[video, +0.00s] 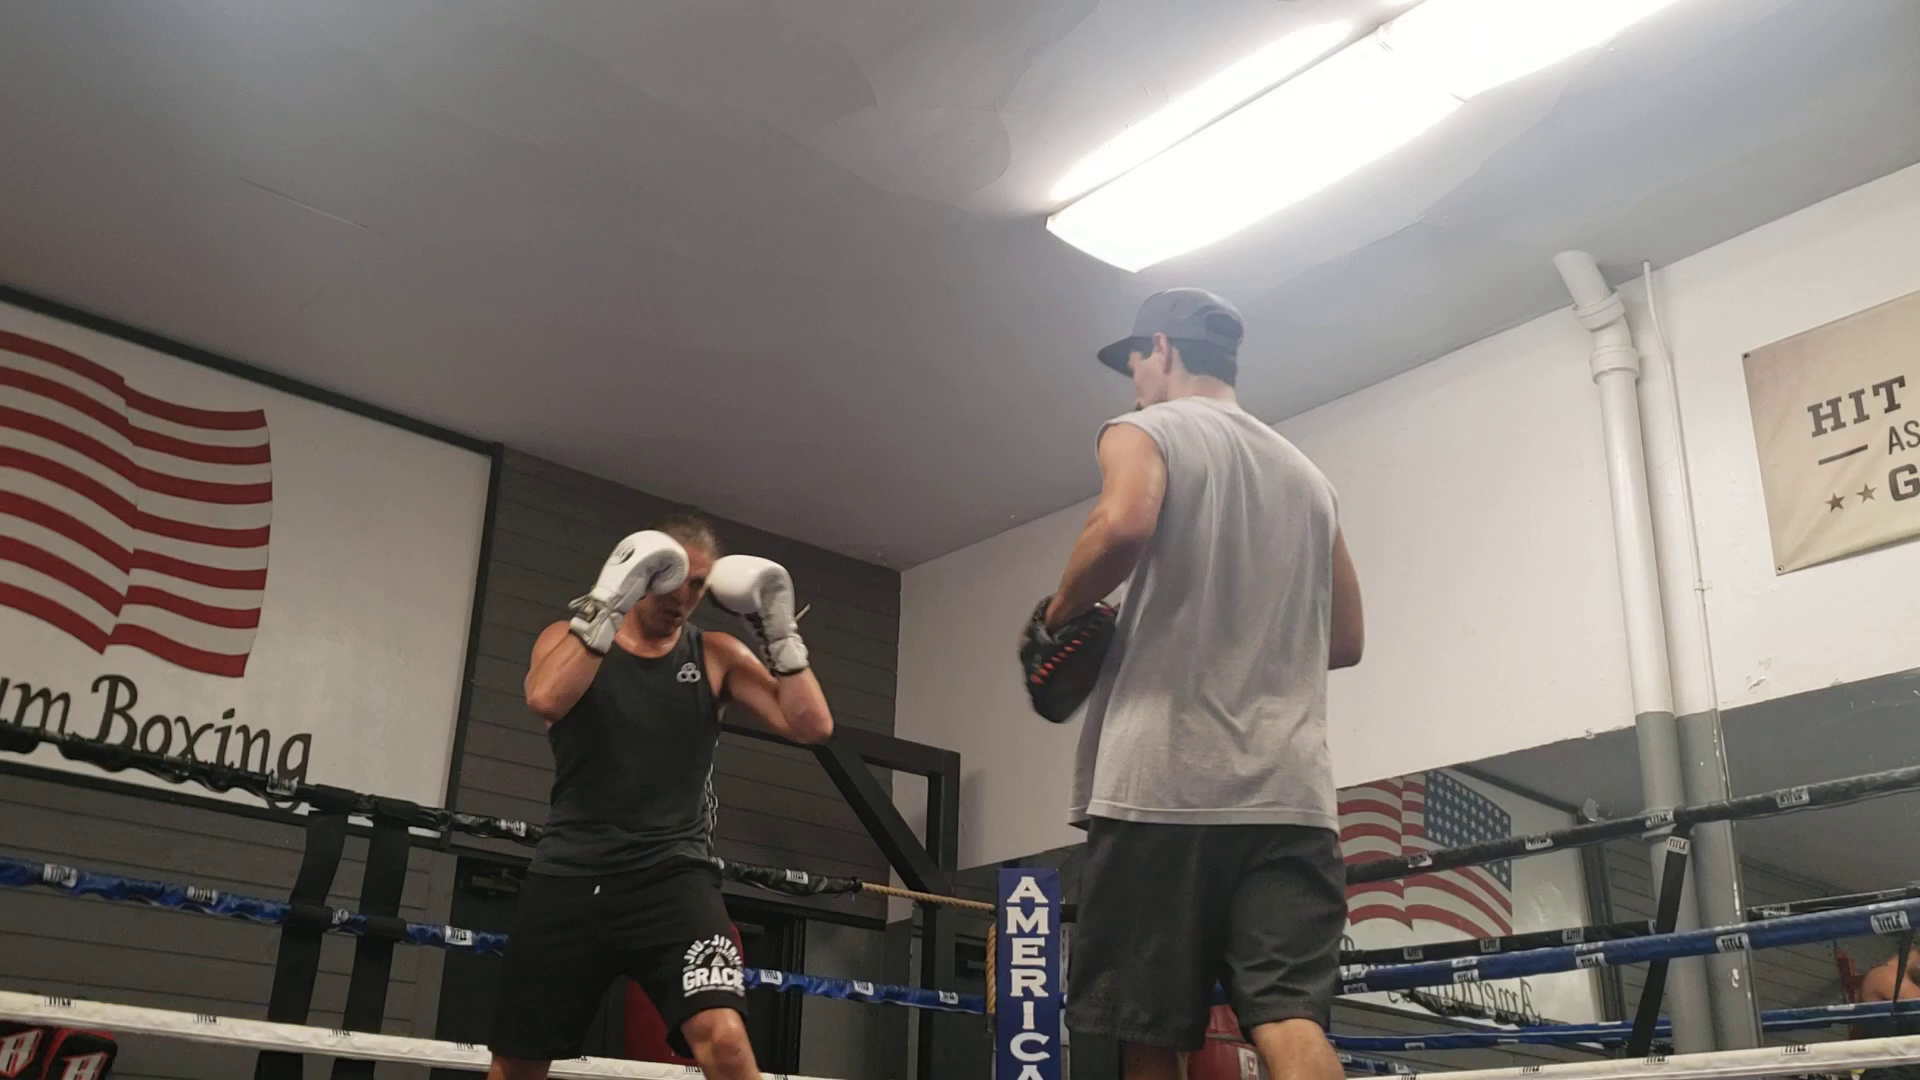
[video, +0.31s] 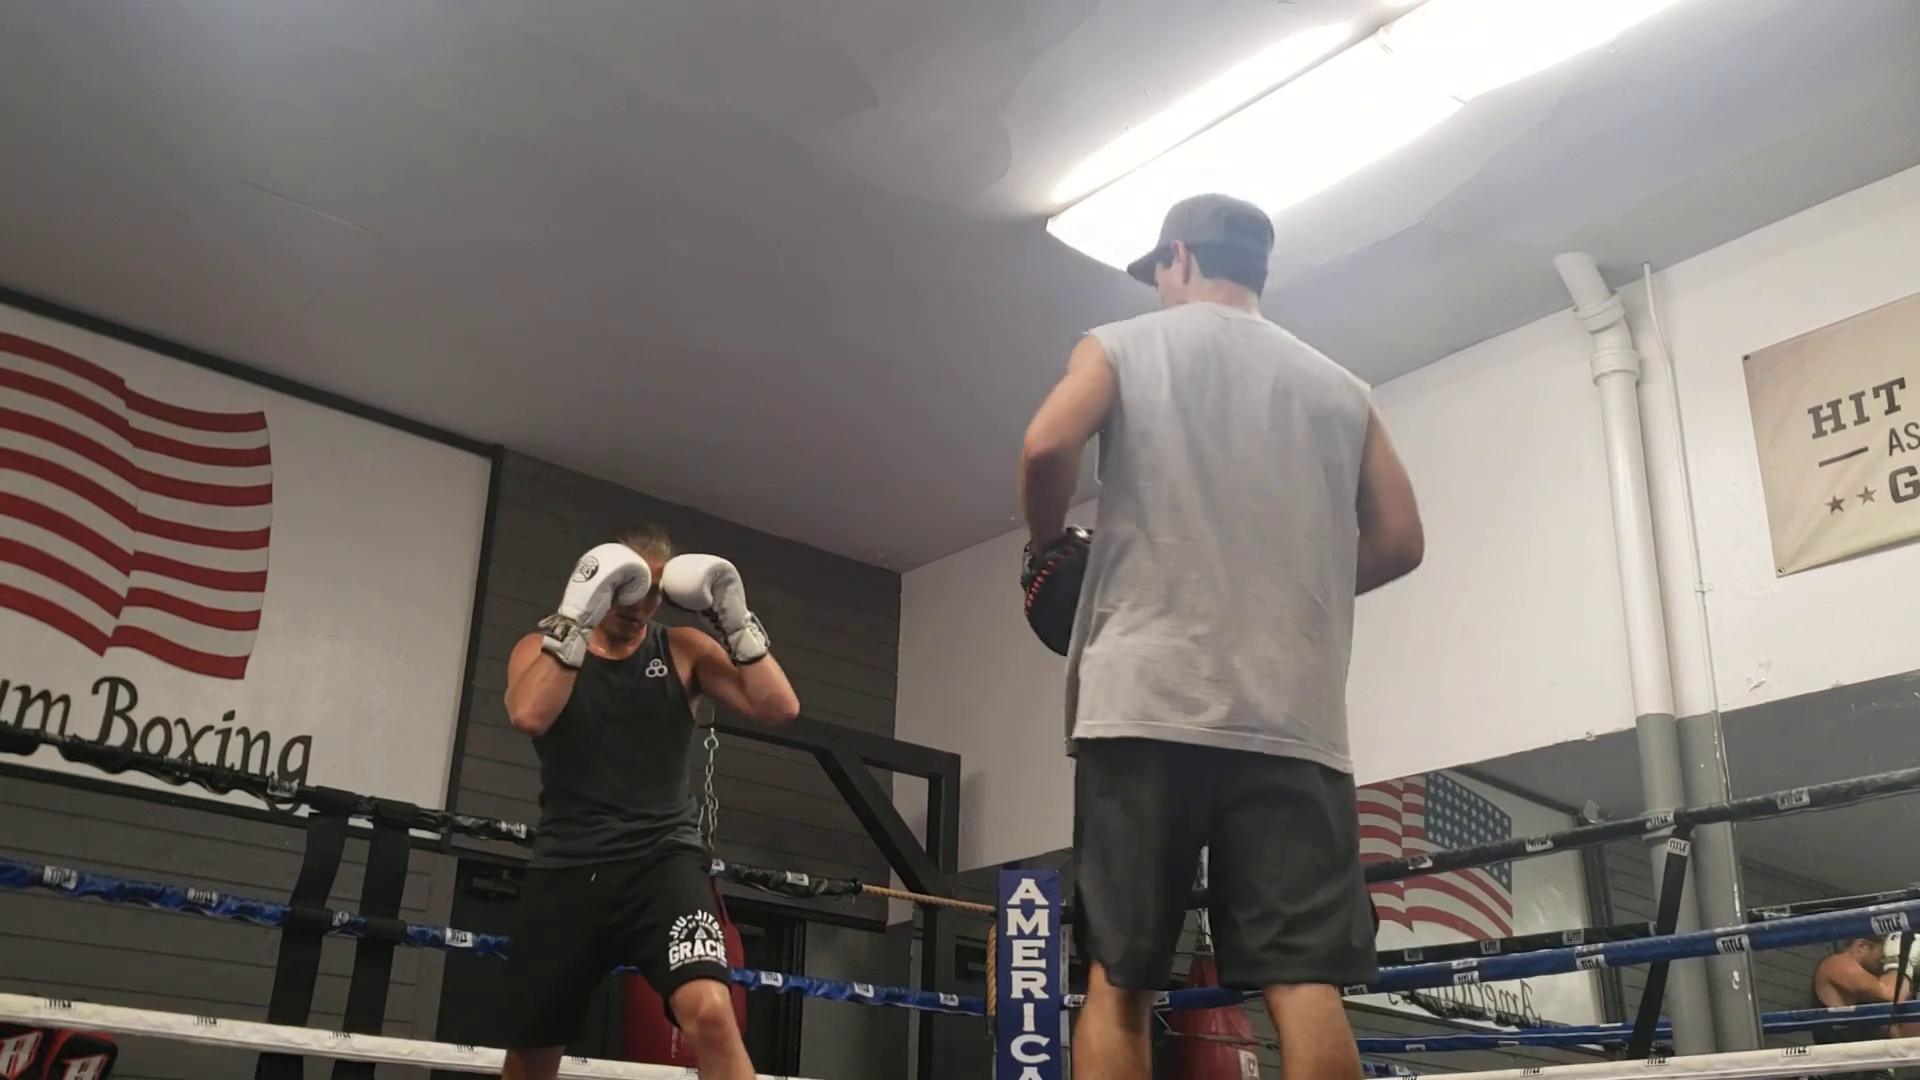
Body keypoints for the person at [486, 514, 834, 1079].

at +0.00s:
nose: (683, 595)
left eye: (698, 584)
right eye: (675, 577)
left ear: (709, 589)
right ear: (638, 573)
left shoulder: (716, 653)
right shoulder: (569, 636)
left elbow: (813, 724)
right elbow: (547, 699)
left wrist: (779, 627)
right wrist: (605, 602)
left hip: (674, 874)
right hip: (569, 873)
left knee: (726, 1043)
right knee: (516, 1065)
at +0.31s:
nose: (634, 617)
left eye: (648, 604)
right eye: (624, 603)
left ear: (664, 597)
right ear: (597, 591)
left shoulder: (684, 645)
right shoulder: (543, 647)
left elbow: (779, 707)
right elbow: (531, 715)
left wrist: (735, 616)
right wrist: (574, 617)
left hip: (666, 858)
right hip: (566, 865)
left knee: (708, 1012)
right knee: (531, 1049)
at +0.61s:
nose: (708, 608)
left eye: (724, 596)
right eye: (698, 590)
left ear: (741, 601)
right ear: (670, 583)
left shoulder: (749, 661)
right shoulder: (620, 646)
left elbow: (811, 749)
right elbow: (544, 744)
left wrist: (786, 653)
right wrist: (611, 662)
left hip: (707, 877)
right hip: (611, 874)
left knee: (723, 1059)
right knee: (554, 1061)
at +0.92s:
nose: (747, 601)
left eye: (764, 592)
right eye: (738, 584)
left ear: (783, 600)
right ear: (716, 584)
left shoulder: (794, 667)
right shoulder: (668, 643)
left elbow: (831, 777)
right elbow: (571, 736)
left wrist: (810, 673)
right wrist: (639, 665)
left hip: (741, 880)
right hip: (650, 875)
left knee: (743, 1062)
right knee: (583, 1062)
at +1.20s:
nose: (693, 617)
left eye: (708, 605)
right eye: (681, 603)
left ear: (731, 611)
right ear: (664, 608)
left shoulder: (756, 682)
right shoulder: (636, 673)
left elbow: (818, 754)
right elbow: (575, 716)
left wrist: (777, 670)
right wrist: (606, 616)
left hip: (735, 879)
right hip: (650, 880)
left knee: (738, 1057)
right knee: (632, 1064)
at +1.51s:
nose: (642, 650)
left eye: (655, 635)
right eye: (630, 635)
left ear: (681, 642)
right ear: (612, 642)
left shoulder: (706, 715)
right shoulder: (616, 723)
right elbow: (585, 833)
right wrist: (585, 735)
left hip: (708, 893)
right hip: (638, 889)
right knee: (609, 1055)